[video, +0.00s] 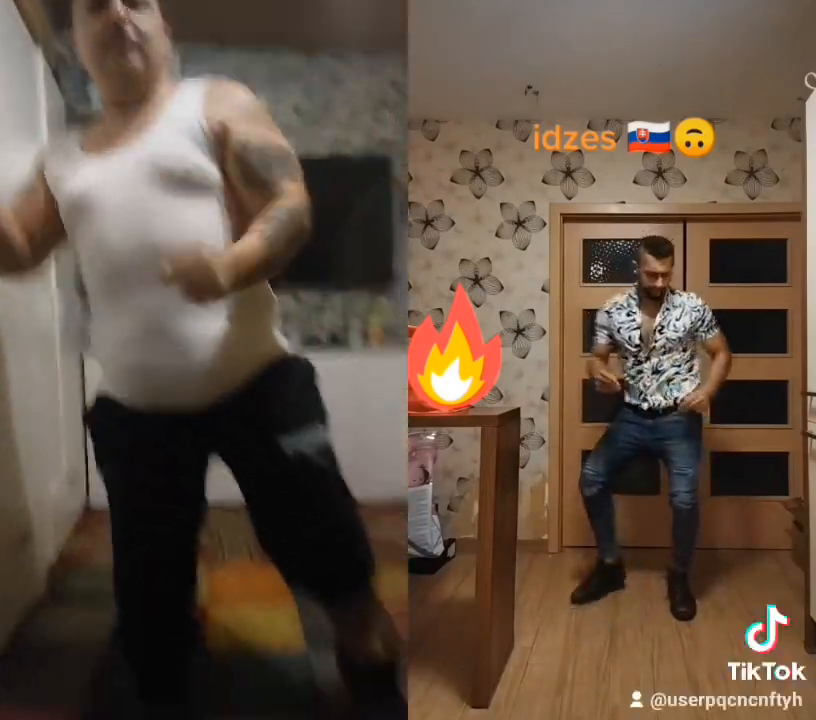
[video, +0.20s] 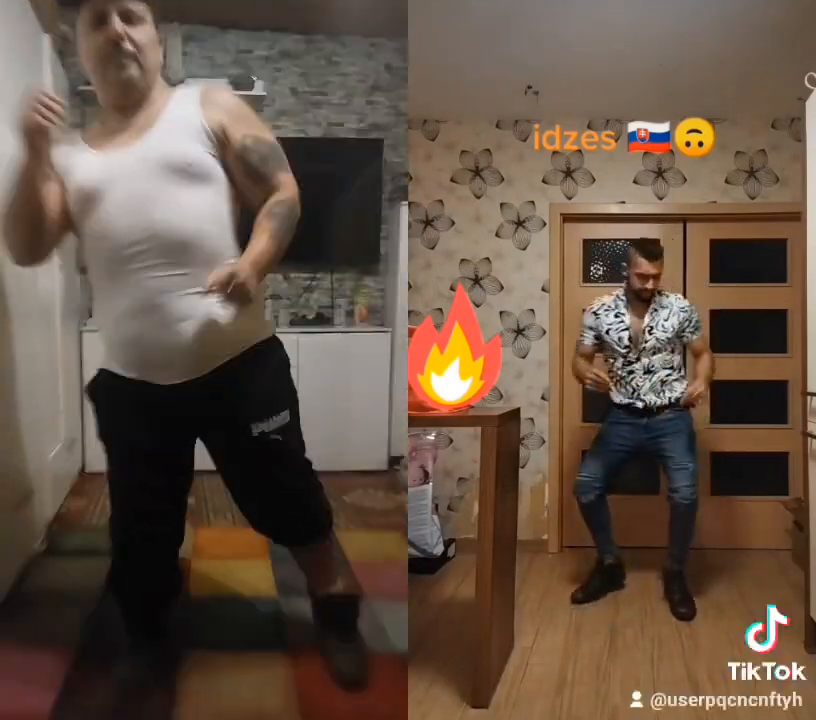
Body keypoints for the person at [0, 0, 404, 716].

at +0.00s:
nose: (122, 20)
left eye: (137, 3)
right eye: (98, 11)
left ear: (165, 23)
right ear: (72, 42)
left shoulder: (221, 105)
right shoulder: (68, 158)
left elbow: (292, 207)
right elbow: (18, 249)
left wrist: (227, 267)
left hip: (254, 387)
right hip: (136, 406)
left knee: (327, 546)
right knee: (149, 591)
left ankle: (372, 680)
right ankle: (158, 705)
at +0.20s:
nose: (120, 30)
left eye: (133, 16)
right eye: (100, 21)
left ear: (158, 36)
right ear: (78, 48)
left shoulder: (212, 107)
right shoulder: (72, 154)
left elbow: (281, 194)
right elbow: (27, 250)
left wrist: (250, 266)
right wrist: (33, 159)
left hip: (236, 362)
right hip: (132, 377)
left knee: (289, 504)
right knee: (141, 534)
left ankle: (337, 617)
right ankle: (146, 659)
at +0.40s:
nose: (156, 53)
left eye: (167, 41)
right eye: (137, 45)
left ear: (189, 60)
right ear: (117, 74)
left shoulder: (240, 116)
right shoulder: (109, 171)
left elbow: (315, 180)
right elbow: (84, 272)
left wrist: (291, 187)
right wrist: (116, 241)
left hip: (269, 349)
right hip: (175, 365)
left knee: (314, 478)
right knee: (173, 502)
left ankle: (341, 580)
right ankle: (169, 603)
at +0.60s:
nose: (209, 101)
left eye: (219, 90)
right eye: (192, 94)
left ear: (238, 106)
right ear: (173, 118)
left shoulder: (283, 153)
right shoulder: (165, 207)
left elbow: (350, 220)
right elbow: (151, 295)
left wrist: (307, 179)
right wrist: (182, 344)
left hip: (303, 373)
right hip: (214, 383)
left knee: (334, 493)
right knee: (203, 504)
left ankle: (343, 578)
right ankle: (186, 598)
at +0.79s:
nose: (257, 87)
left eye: (269, 76)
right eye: (242, 79)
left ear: (289, 93)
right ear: (222, 101)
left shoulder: (328, 151)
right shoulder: (207, 185)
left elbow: (373, 226)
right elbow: (181, 261)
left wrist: (311, 177)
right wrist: (175, 295)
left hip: (314, 369)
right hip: (225, 367)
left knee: (326, 487)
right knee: (198, 481)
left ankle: (321, 556)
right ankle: (175, 567)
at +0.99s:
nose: (270, 122)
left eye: (282, 109)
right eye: (257, 111)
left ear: (304, 121)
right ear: (241, 126)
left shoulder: (334, 187)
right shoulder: (216, 204)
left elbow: (368, 264)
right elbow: (185, 270)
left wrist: (316, 253)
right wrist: (168, 287)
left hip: (300, 391)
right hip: (214, 388)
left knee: (304, 503)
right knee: (187, 496)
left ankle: (302, 579)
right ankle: (158, 583)